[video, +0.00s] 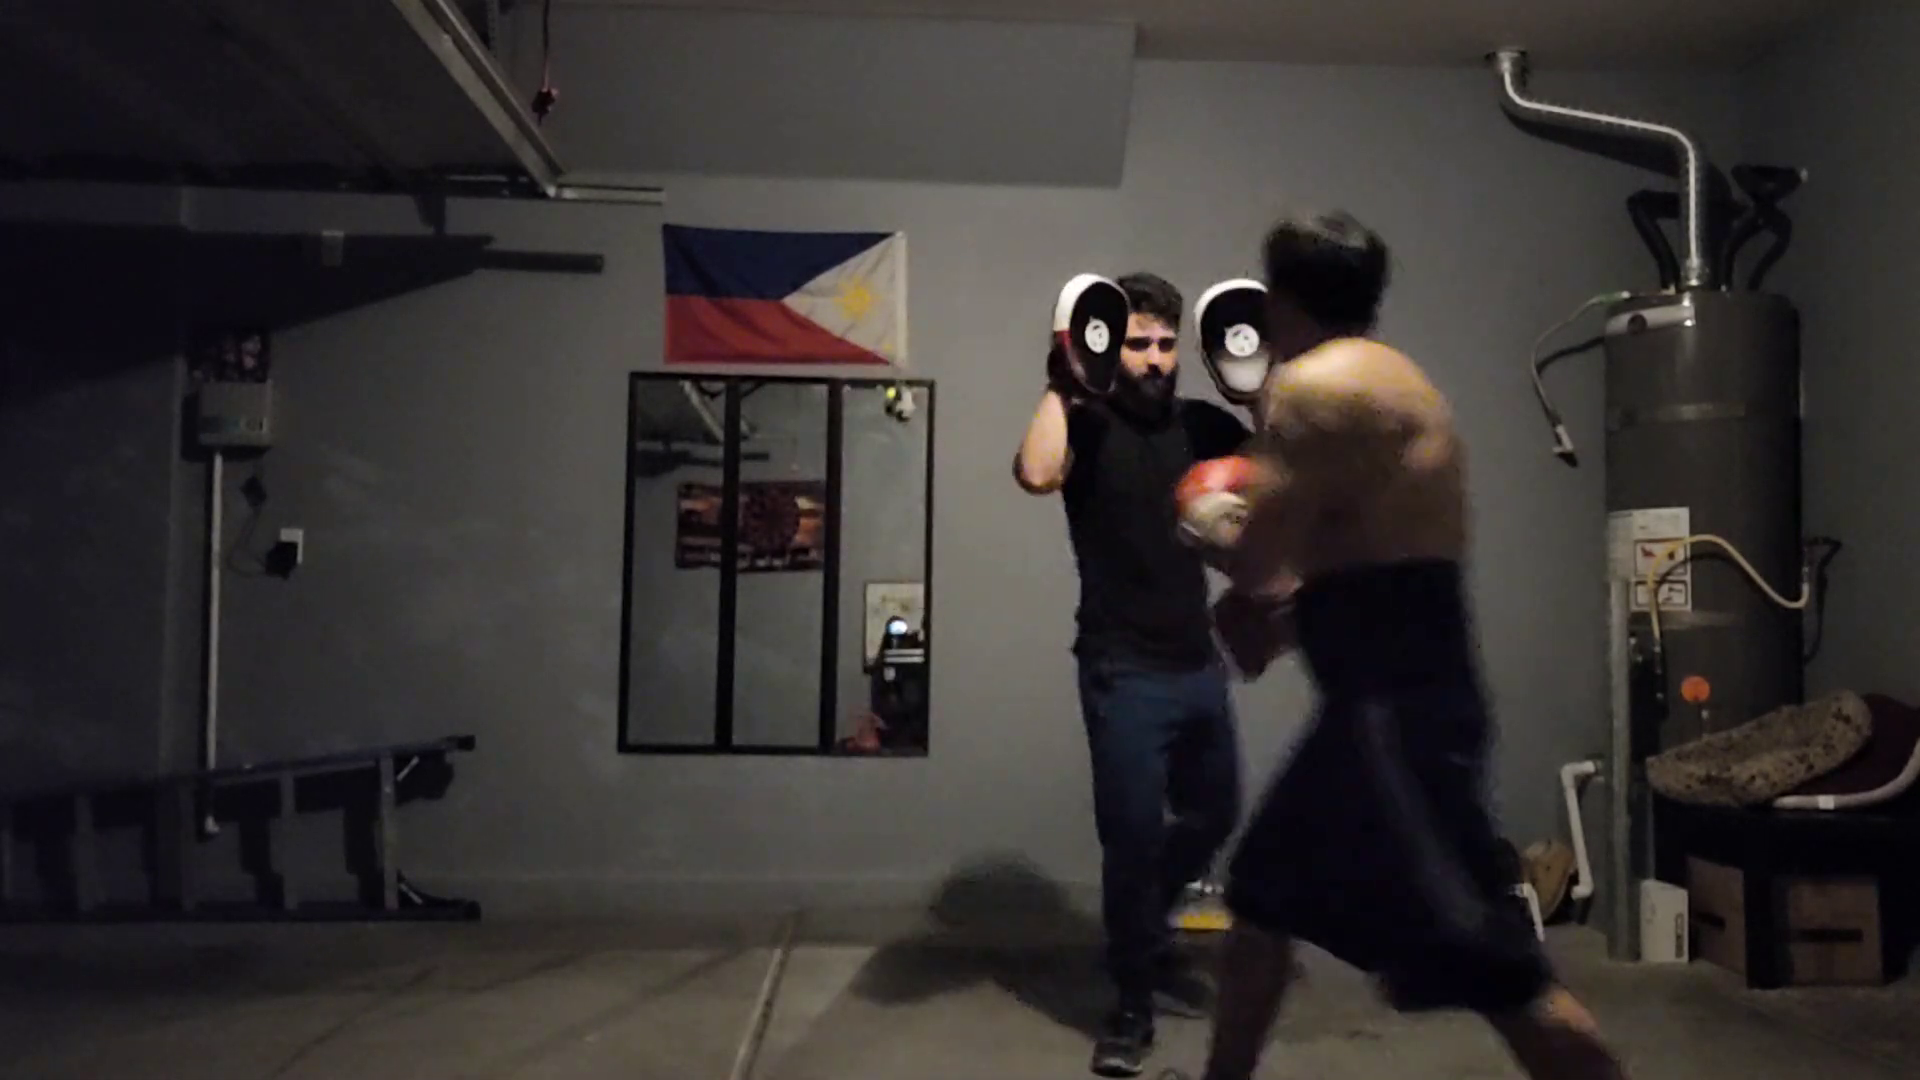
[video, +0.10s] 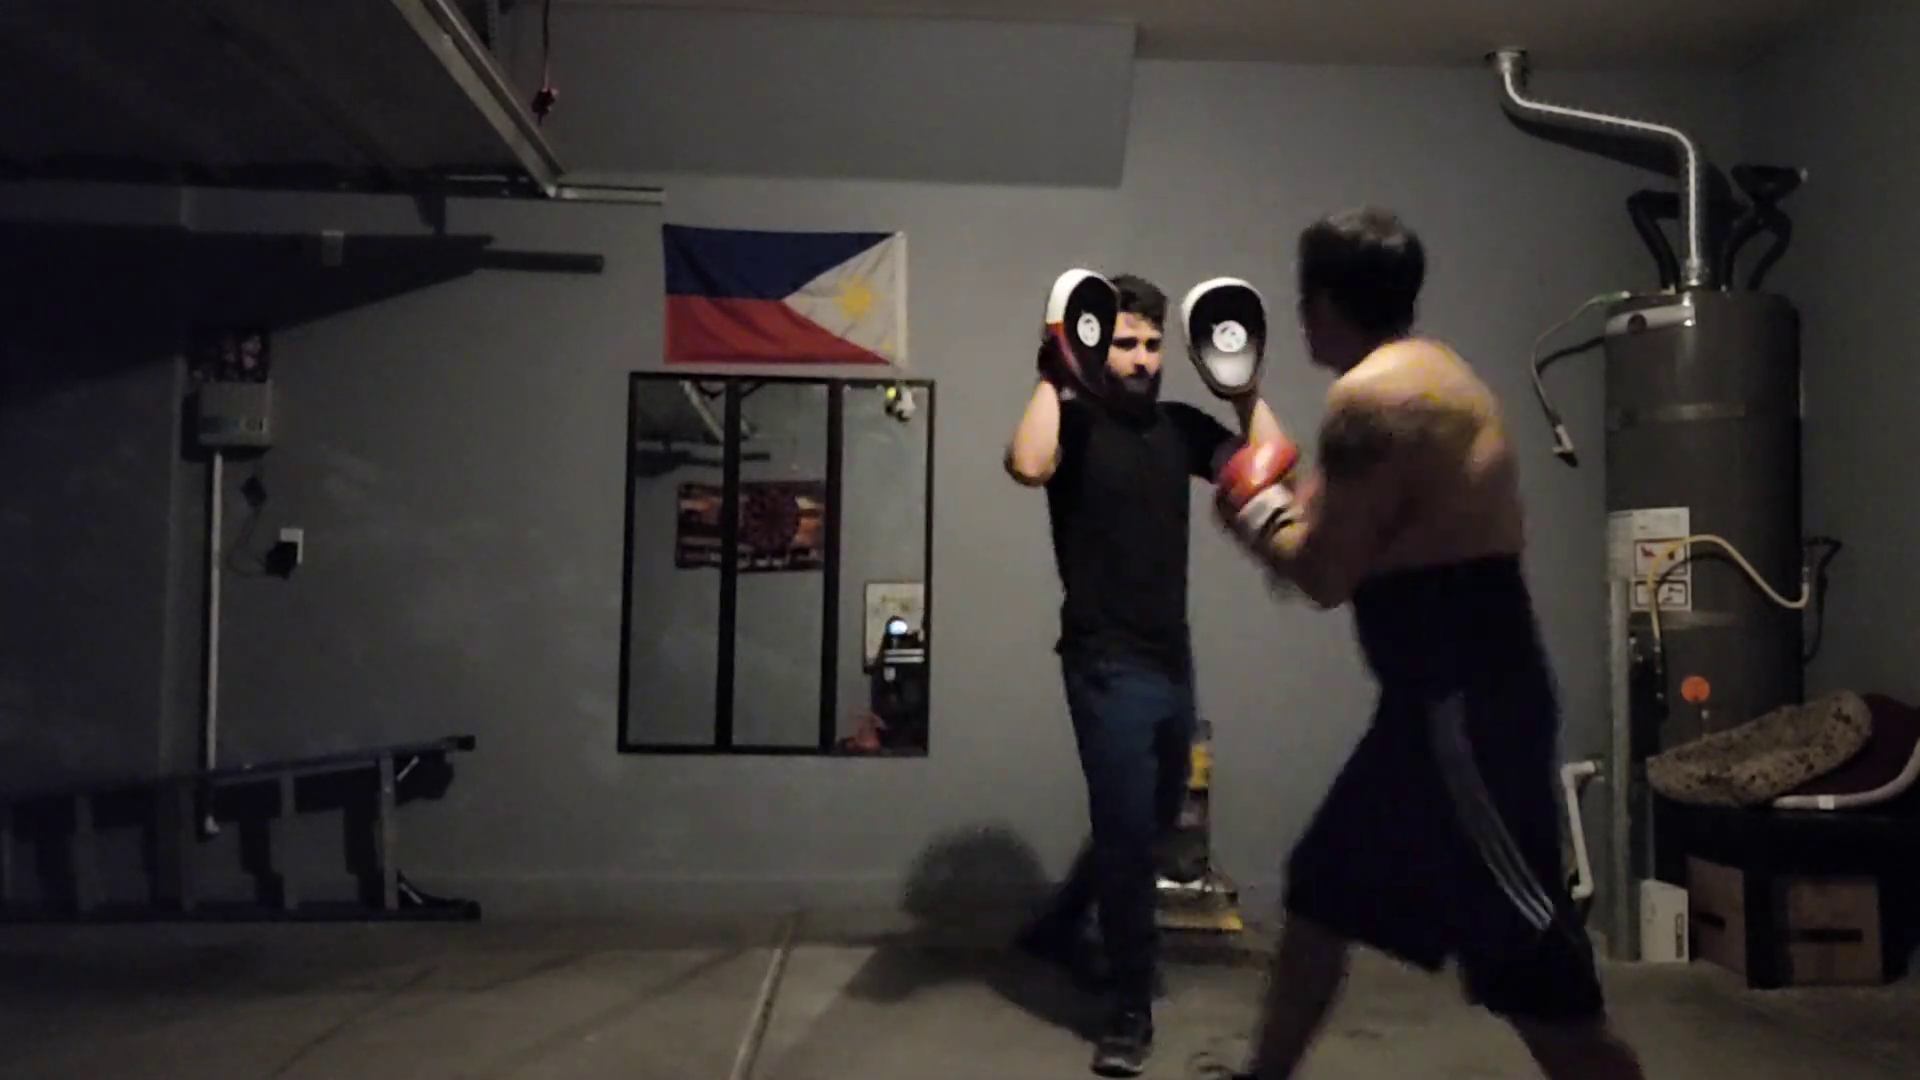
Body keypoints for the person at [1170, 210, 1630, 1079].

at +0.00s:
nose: (1264, 310)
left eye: (1270, 293)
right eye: (1267, 294)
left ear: (1285, 300)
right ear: (1361, 298)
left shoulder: (1310, 389)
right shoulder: (1406, 386)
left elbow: (1262, 557)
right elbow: (1389, 558)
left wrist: (1213, 522)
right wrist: (1279, 612)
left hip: (1388, 709)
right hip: (1419, 698)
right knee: (1262, 896)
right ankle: (1224, 1071)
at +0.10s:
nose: (1302, 315)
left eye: (1307, 298)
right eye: (1305, 297)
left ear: (1330, 306)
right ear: (1397, 298)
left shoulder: (1369, 398)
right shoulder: (1442, 378)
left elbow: (1325, 574)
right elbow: (1371, 539)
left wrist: (1257, 519)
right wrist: (1286, 513)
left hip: (1458, 697)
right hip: (1459, 690)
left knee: (1529, 958)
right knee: (1323, 886)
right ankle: (1267, 1068)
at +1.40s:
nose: (1385, 341)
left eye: (1394, 322)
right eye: (1381, 325)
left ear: (1445, 317)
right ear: (1431, 324)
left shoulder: (1530, 373)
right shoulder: (1444, 405)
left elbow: (1530, 488)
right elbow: (1423, 523)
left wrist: (1429, 438)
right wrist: (1334, 528)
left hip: (1585, 648)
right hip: (1508, 650)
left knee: (1623, 888)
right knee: (1447, 862)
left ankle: (1702, 1067)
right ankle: (1459, 1056)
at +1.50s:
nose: (1406, 341)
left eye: (1418, 323)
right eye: (1403, 325)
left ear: (1472, 322)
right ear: (1464, 327)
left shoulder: (1554, 383)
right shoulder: (1475, 419)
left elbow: (1607, 488)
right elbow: (1481, 519)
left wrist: (1484, 474)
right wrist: (1386, 547)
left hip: (1590, 677)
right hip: (1498, 674)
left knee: (1643, 903)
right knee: (1411, 856)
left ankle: (1711, 1071)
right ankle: (1437, 1037)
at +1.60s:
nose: (1415, 335)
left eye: (1426, 317)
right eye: (1413, 318)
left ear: (1483, 320)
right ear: (1478, 321)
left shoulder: (1585, 388)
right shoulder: (1459, 407)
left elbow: (1655, 515)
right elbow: (1428, 494)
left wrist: (1526, 493)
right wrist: (1313, 513)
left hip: (1591, 675)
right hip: (1485, 670)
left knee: (1644, 898)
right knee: (1407, 852)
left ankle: (1715, 1074)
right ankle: (1412, 1023)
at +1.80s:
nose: (1387, 356)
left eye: (1399, 339)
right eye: (1387, 340)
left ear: (1451, 345)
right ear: (1443, 348)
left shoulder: (1537, 417)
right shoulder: (1414, 445)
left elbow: (1581, 536)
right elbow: (1349, 552)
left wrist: (1470, 494)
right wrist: (1308, 522)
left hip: (1554, 681)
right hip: (1467, 682)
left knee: (1612, 908)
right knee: (1394, 864)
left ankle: (1706, 1069)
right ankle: (1404, 1039)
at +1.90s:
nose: (1363, 340)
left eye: (1376, 325)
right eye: (1365, 325)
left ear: (1425, 333)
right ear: (1417, 335)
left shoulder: (1474, 392)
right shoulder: (1428, 421)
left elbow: (1459, 490)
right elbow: (1429, 565)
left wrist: (1353, 431)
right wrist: (1351, 544)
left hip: (1523, 662)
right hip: (1461, 667)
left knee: (1600, 902)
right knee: (1405, 859)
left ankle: (1710, 1069)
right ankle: (1403, 1038)